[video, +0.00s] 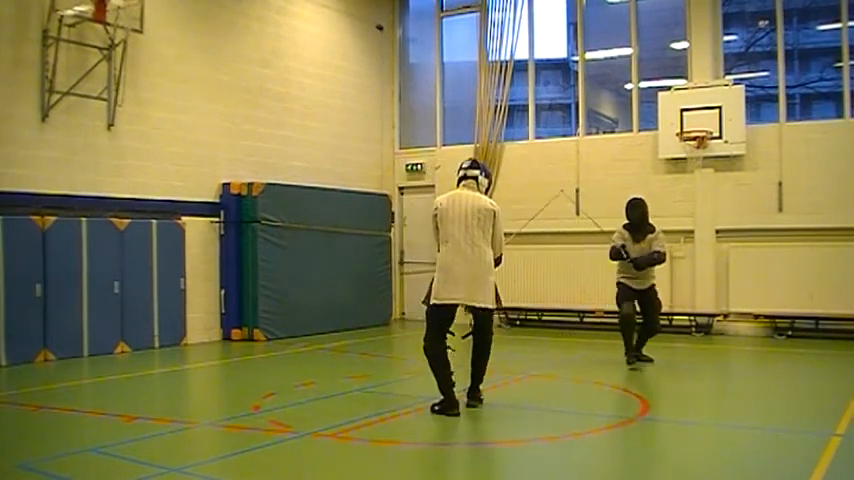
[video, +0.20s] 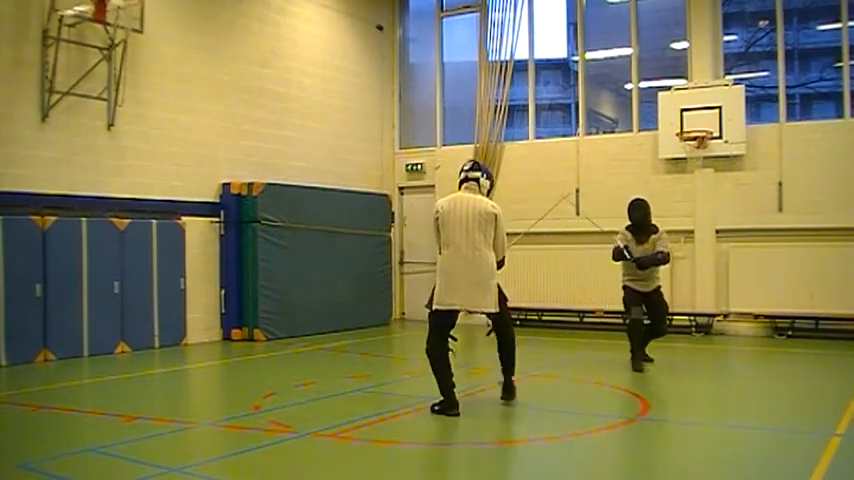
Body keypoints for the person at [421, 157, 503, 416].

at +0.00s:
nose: (487, 186)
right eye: (487, 182)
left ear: (459, 179)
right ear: (483, 182)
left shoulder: (441, 202)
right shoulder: (491, 206)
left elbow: (439, 241)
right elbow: (497, 253)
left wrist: (455, 262)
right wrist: (477, 267)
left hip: (447, 281)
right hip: (481, 283)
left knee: (433, 339)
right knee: (483, 335)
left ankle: (449, 400)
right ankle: (474, 392)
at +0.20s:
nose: (487, 187)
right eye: (487, 182)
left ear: (460, 181)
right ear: (484, 183)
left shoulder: (442, 205)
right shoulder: (492, 208)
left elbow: (441, 247)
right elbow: (500, 256)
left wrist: (457, 268)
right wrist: (478, 271)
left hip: (449, 283)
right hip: (484, 284)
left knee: (435, 343)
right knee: (505, 328)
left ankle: (449, 401)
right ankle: (508, 386)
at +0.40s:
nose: (502, 190)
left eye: (502, 186)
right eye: (502, 185)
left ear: (474, 183)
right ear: (498, 185)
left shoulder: (456, 207)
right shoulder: (505, 210)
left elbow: (454, 247)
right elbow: (513, 259)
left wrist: (472, 264)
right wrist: (489, 266)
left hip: (461, 287)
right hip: (496, 287)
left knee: (444, 343)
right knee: (519, 332)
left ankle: (450, 401)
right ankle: (530, 386)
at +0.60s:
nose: (519, 189)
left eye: (519, 185)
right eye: (519, 185)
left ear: (491, 181)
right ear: (514, 184)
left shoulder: (472, 205)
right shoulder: (520, 209)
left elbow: (467, 245)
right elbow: (529, 257)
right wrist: (507, 265)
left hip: (476, 285)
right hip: (510, 286)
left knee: (455, 342)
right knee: (529, 331)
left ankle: (451, 400)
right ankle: (531, 386)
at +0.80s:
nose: (522, 186)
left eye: (521, 183)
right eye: (521, 183)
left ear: (494, 180)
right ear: (518, 183)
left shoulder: (476, 205)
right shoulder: (525, 207)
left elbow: (471, 238)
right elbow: (536, 248)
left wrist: (492, 237)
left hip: (482, 284)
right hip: (517, 284)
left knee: (462, 339)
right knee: (533, 332)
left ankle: (452, 392)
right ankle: (532, 386)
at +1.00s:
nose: (501, 177)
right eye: (500, 172)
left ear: (473, 174)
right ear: (497, 173)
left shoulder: (462, 201)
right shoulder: (509, 194)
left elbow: (468, 240)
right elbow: (524, 234)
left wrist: (524, 241)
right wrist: (538, 232)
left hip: (476, 282)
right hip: (511, 280)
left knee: (466, 341)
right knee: (524, 333)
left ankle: (459, 401)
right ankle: (535, 386)